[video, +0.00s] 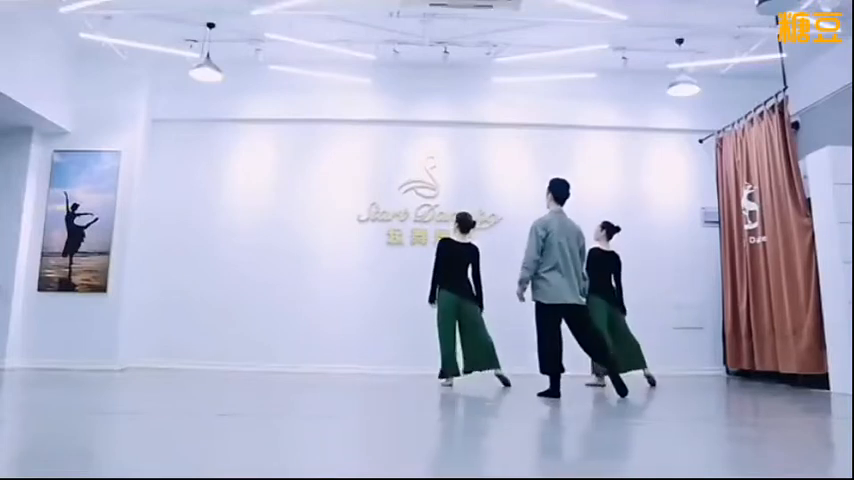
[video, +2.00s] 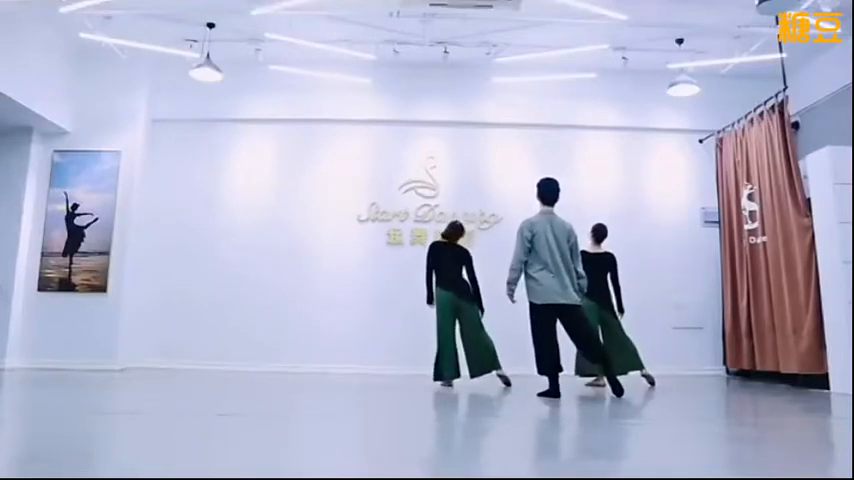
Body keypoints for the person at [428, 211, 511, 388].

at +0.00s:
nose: (454, 225)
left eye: (455, 223)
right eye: (457, 223)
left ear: (456, 225)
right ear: (471, 228)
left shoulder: (444, 243)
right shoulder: (473, 249)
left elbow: (437, 270)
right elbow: (476, 277)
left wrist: (432, 293)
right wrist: (480, 300)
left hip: (446, 292)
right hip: (466, 293)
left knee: (446, 333)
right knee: (480, 332)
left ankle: (448, 375)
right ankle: (496, 368)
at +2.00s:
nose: (460, 237)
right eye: (461, 234)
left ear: (446, 231)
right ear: (460, 235)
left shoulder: (435, 247)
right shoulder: (464, 252)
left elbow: (429, 272)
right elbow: (472, 279)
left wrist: (429, 293)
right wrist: (479, 302)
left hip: (443, 293)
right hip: (463, 293)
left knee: (446, 334)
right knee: (478, 331)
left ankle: (447, 376)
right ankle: (497, 368)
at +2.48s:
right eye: (452, 251)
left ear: (437, 250)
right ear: (452, 251)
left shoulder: (428, 263)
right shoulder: (457, 265)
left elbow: (424, 288)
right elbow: (468, 289)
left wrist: (425, 309)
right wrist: (475, 312)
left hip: (438, 301)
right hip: (458, 302)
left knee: (440, 342)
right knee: (468, 338)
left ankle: (444, 379)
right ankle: (492, 369)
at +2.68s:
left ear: (433, 256)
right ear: (448, 256)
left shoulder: (426, 267)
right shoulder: (455, 268)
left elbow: (422, 293)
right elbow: (465, 294)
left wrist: (421, 315)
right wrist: (470, 317)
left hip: (436, 307)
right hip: (457, 308)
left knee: (438, 344)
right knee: (453, 339)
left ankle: (443, 381)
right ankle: (465, 367)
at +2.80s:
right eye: (444, 258)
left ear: (432, 257)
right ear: (446, 258)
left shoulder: (425, 267)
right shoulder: (454, 269)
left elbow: (421, 292)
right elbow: (461, 295)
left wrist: (419, 315)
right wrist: (465, 318)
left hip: (434, 308)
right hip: (453, 309)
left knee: (436, 345)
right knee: (448, 339)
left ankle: (439, 379)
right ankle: (448, 369)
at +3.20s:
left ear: (427, 234)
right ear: (440, 236)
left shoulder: (419, 245)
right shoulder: (448, 248)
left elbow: (414, 271)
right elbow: (452, 276)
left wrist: (412, 293)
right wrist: (454, 300)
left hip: (425, 290)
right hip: (444, 293)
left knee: (431, 331)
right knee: (438, 332)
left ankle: (442, 370)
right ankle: (427, 368)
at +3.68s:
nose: (430, 224)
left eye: (425, 219)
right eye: (432, 221)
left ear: (419, 220)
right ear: (434, 222)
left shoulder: (408, 237)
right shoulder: (436, 241)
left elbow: (402, 264)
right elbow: (440, 269)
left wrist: (399, 287)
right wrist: (443, 292)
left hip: (413, 288)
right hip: (431, 289)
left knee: (415, 327)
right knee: (428, 327)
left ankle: (422, 368)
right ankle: (424, 368)